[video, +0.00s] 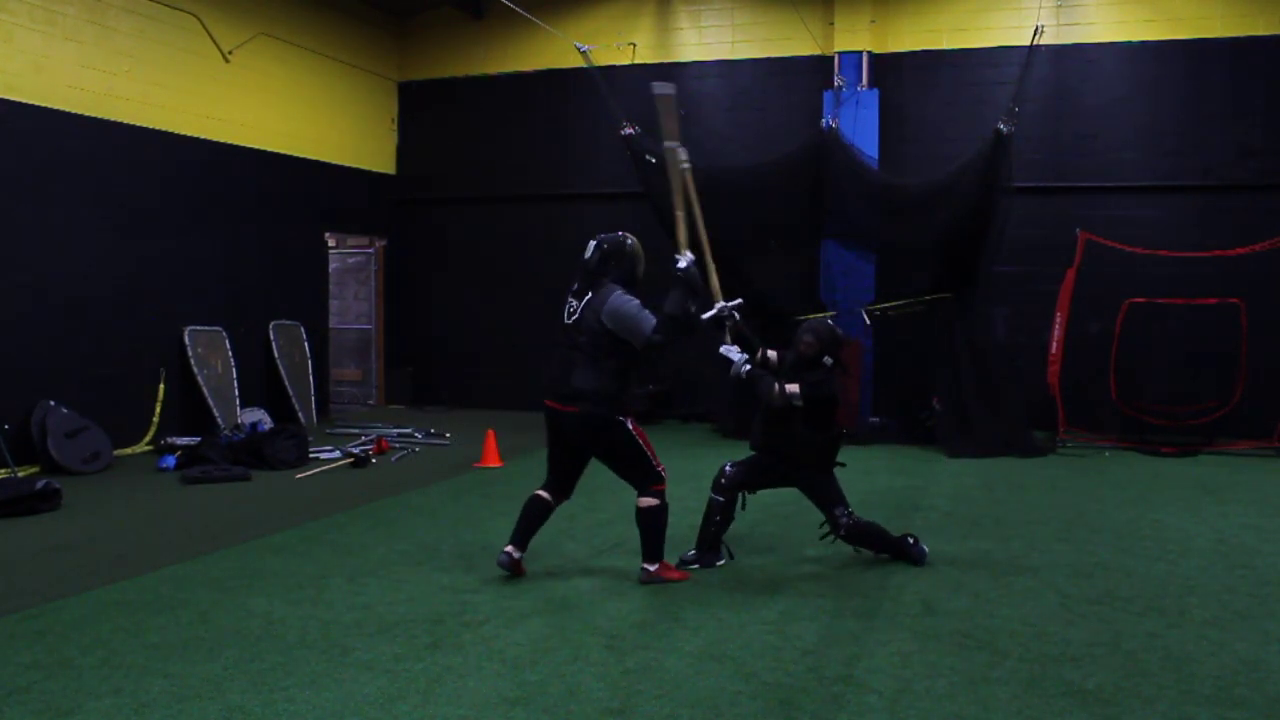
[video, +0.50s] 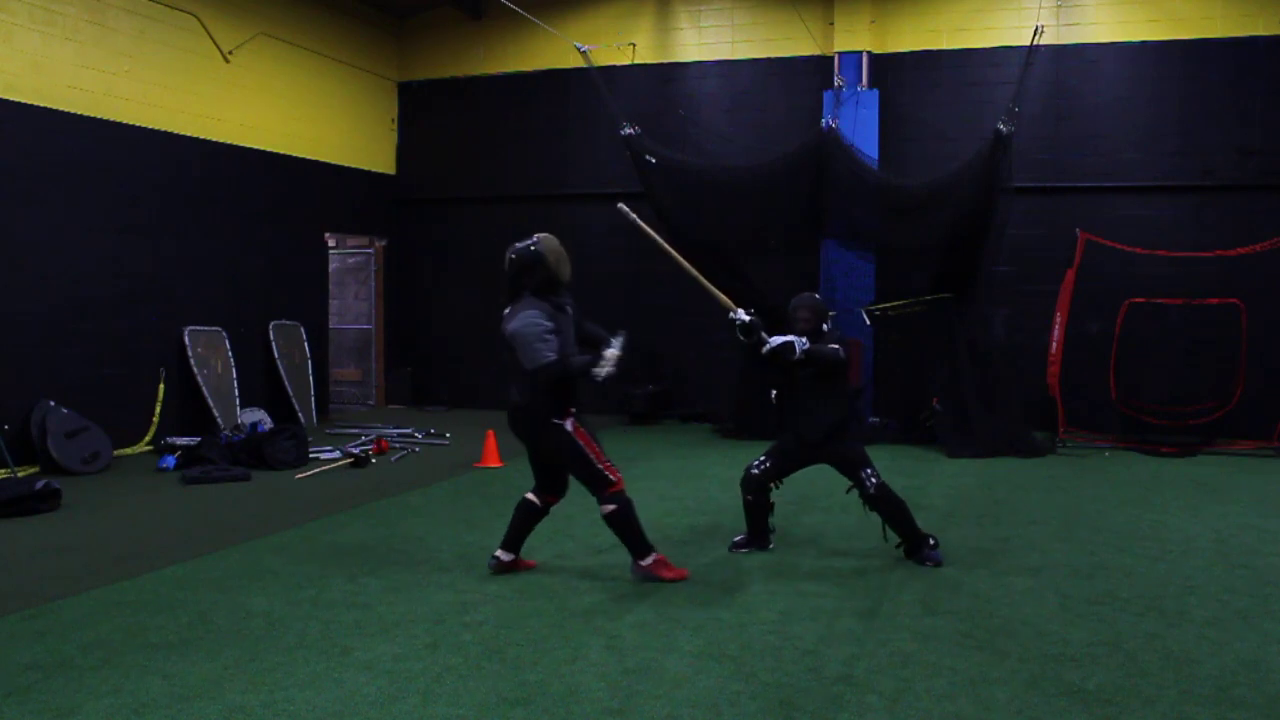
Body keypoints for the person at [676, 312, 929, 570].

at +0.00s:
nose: (802, 346)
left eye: (809, 343)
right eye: (801, 340)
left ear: (823, 349)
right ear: (799, 340)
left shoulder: (826, 381)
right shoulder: (793, 363)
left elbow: (778, 395)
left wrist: (745, 370)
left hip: (812, 466)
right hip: (777, 459)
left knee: (847, 527)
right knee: (727, 477)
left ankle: (903, 548)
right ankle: (708, 550)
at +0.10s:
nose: (803, 337)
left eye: (810, 333)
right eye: (803, 331)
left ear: (827, 341)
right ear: (803, 336)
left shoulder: (835, 370)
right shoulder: (797, 359)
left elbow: (801, 386)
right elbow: (770, 370)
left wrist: (763, 363)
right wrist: (742, 349)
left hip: (824, 458)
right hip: (785, 454)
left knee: (859, 515)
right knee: (739, 481)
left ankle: (906, 546)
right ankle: (707, 549)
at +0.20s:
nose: (805, 336)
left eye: (812, 330)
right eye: (804, 330)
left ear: (830, 330)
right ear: (805, 329)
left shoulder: (853, 353)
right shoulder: (803, 351)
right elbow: (767, 361)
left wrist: (797, 357)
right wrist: (744, 342)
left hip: (842, 445)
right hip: (806, 444)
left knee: (878, 506)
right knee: (757, 481)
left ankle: (919, 546)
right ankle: (714, 543)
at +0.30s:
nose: (816, 334)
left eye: (822, 327)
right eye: (812, 328)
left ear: (836, 327)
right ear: (803, 330)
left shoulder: (850, 348)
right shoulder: (797, 353)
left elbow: (852, 354)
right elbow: (773, 356)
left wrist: (812, 345)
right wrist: (751, 340)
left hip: (851, 443)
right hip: (810, 442)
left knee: (885, 500)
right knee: (761, 473)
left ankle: (920, 546)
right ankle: (746, 536)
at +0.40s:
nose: (804, 330)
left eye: (811, 325)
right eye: (801, 325)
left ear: (825, 327)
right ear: (795, 326)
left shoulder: (845, 348)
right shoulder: (790, 351)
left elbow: (849, 357)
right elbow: (769, 352)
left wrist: (808, 349)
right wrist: (753, 335)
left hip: (849, 444)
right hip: (808, 444)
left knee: (885, 495)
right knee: (761, 482)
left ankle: (921, 546)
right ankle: (757, 537)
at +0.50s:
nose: (801, 327)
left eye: (807, 320)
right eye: (797, 321)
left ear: (822, 321)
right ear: (790, 321)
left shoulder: (834, 347)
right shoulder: (786, 348)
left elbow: (836, 357)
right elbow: (763, 349)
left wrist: (802, 348)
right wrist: (750, 332)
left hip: (839, 439)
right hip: (799, 439)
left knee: (875, 491)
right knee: (753, 478)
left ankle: (918, 544)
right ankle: (758, 537)